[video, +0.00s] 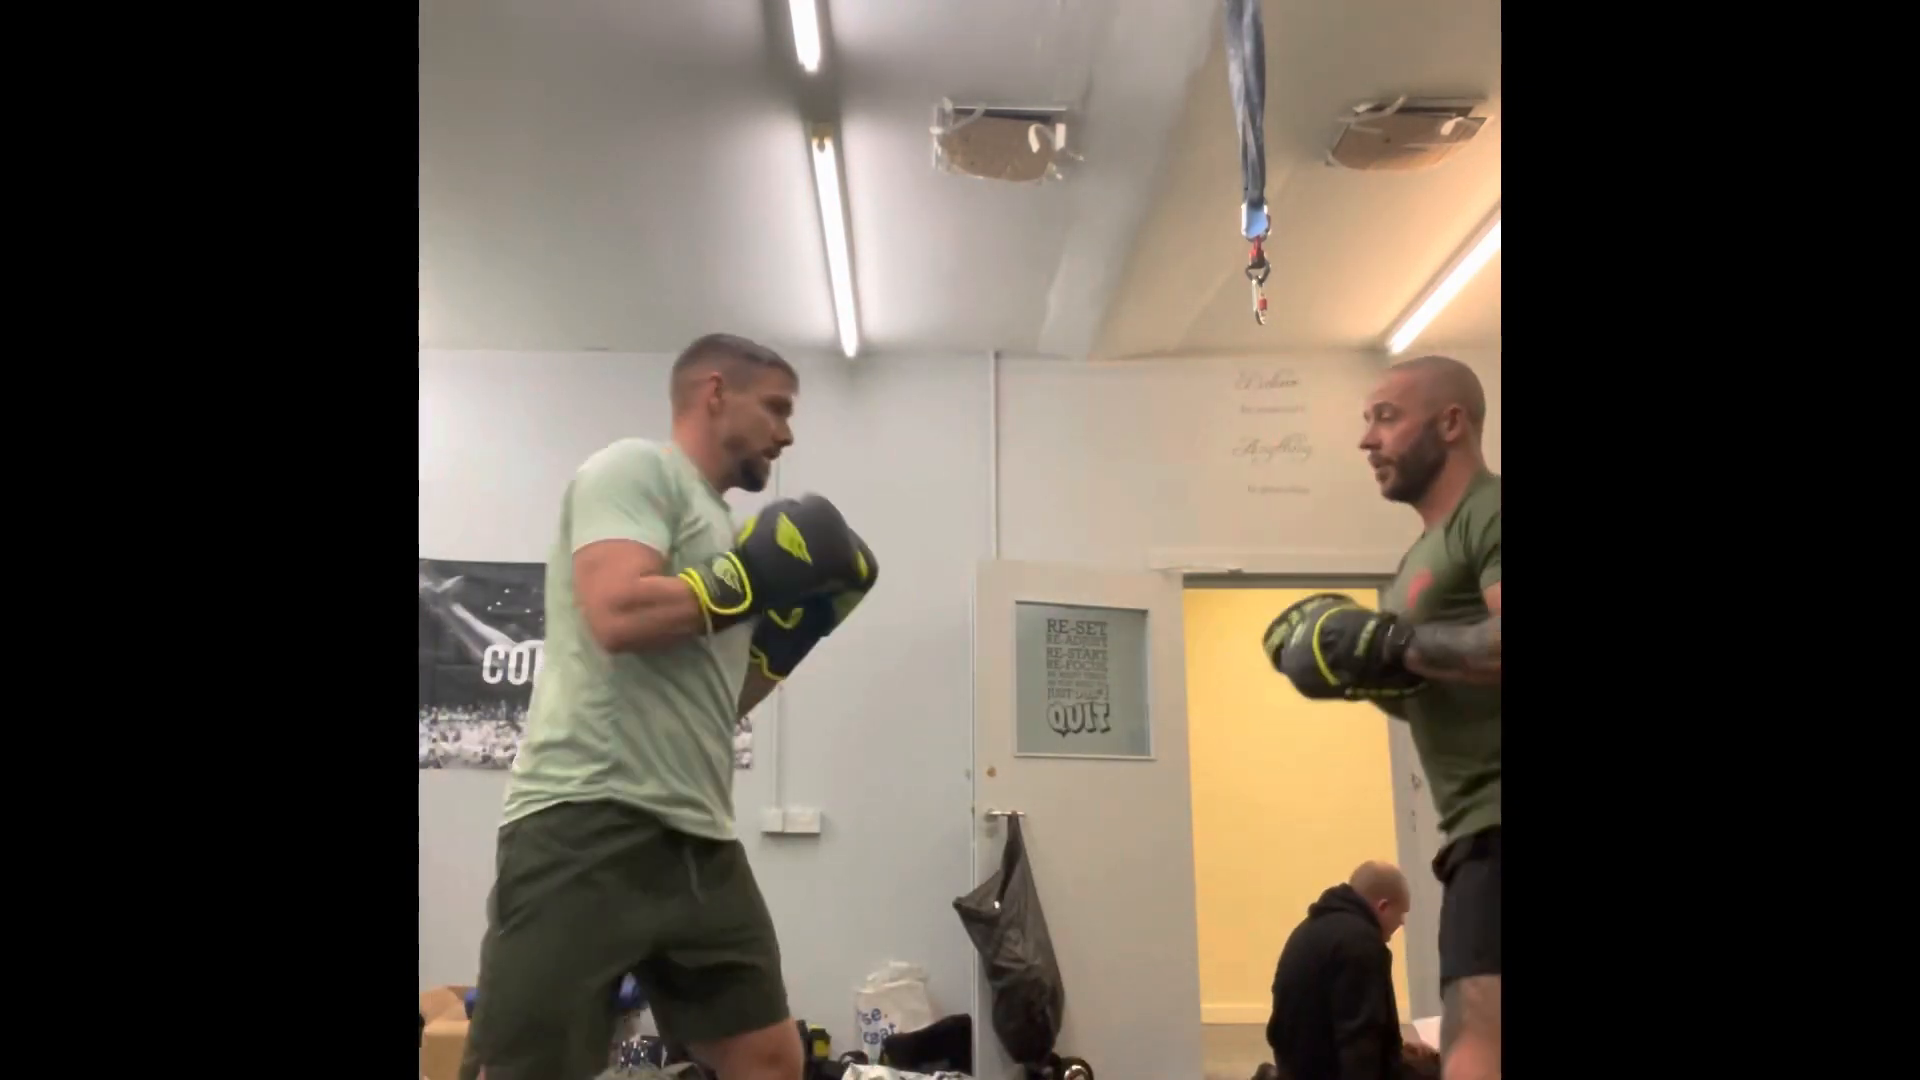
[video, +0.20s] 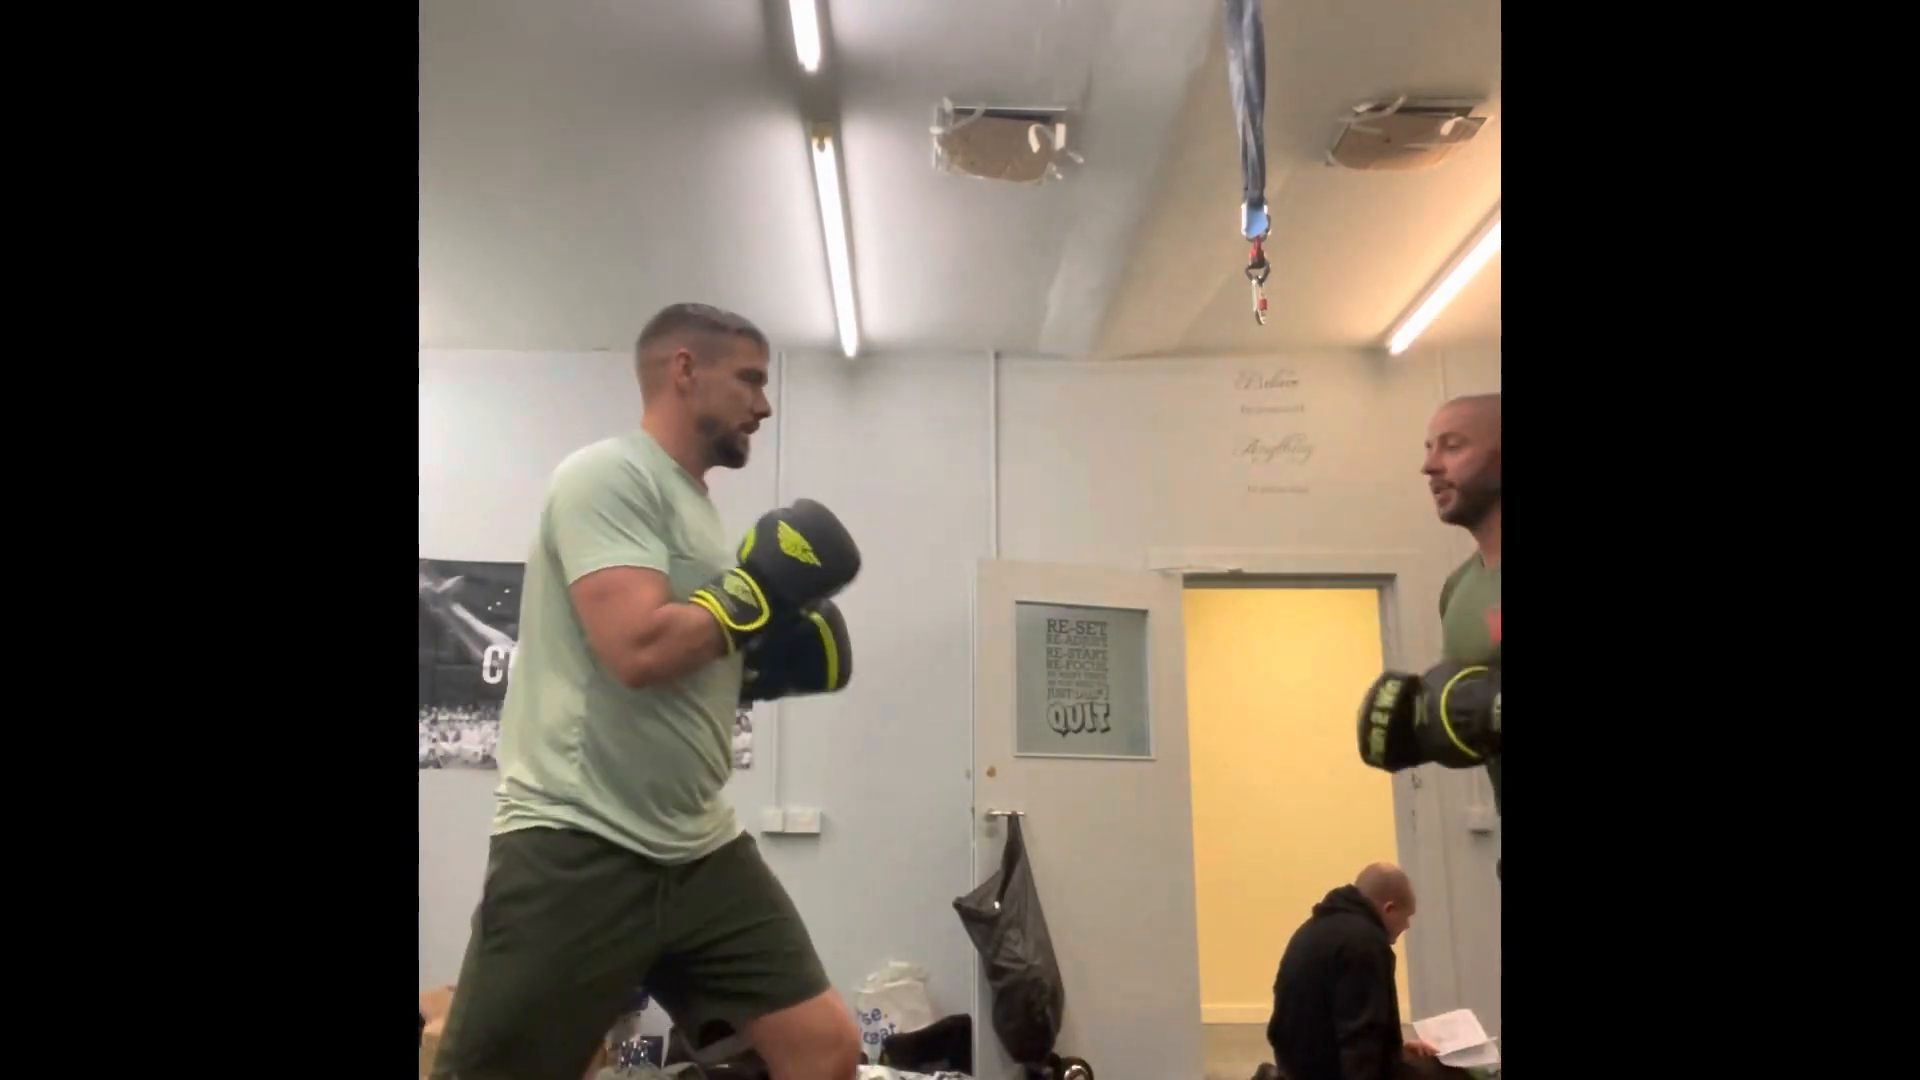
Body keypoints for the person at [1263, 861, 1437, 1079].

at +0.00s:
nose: (1400, 925)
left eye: (1402, 917)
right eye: (1400, 916)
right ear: (1382, 908)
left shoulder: (1308, 930)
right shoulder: (1362, 943)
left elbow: (1280, 1031)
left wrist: (1395, 1049)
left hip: (1299, 1067)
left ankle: (1272, 1073)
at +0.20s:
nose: (1406, 926)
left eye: (1409, 917)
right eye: (1407, 916)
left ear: (1360, 897)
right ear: (1387, 909)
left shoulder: (1315, 927)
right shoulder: (1367, 942)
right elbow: (1365, 1037)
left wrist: (1396, 1047)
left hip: (1299, 1064)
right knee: (1451, 1069)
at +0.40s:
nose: (1405, 936)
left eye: (1409, 927)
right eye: (1407, 926)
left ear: (1363, 901)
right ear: (1388, 912)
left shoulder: (1314, 928)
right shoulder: (1365, 941)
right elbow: (1366, 1037)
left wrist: (1397, 1048)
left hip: (1298, 1065)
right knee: (1449, 1071)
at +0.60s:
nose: (1401, 948)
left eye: (1407, 939)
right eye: (1405, 937)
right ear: (1390, 918)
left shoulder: (1316, 928)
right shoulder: (1365, 941)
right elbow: (1365, 1037)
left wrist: (1398, 1048)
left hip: (1298, 1064)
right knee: (1449, 1070)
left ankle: (1276, 1073)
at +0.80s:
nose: (1399, 951)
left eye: (1407, 941)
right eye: (1405, 938)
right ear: (1390, 918)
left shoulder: (1315, 928)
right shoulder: (1364, 941)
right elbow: (1362, 1043)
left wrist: (1397, 1047)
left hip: (1300, 1065)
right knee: (1448, 1068)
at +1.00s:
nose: (1399, 951)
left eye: (1406, 941)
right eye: (1405, 938)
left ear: (1386, 913)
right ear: (1390, 918)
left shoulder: (1315, 927)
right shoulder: (1364, 940)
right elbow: (1362, 1041)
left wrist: (1397, 1047)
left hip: (1299, 1064)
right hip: (1336, 1069)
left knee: (1430, 1063)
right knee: (1449, 1069)